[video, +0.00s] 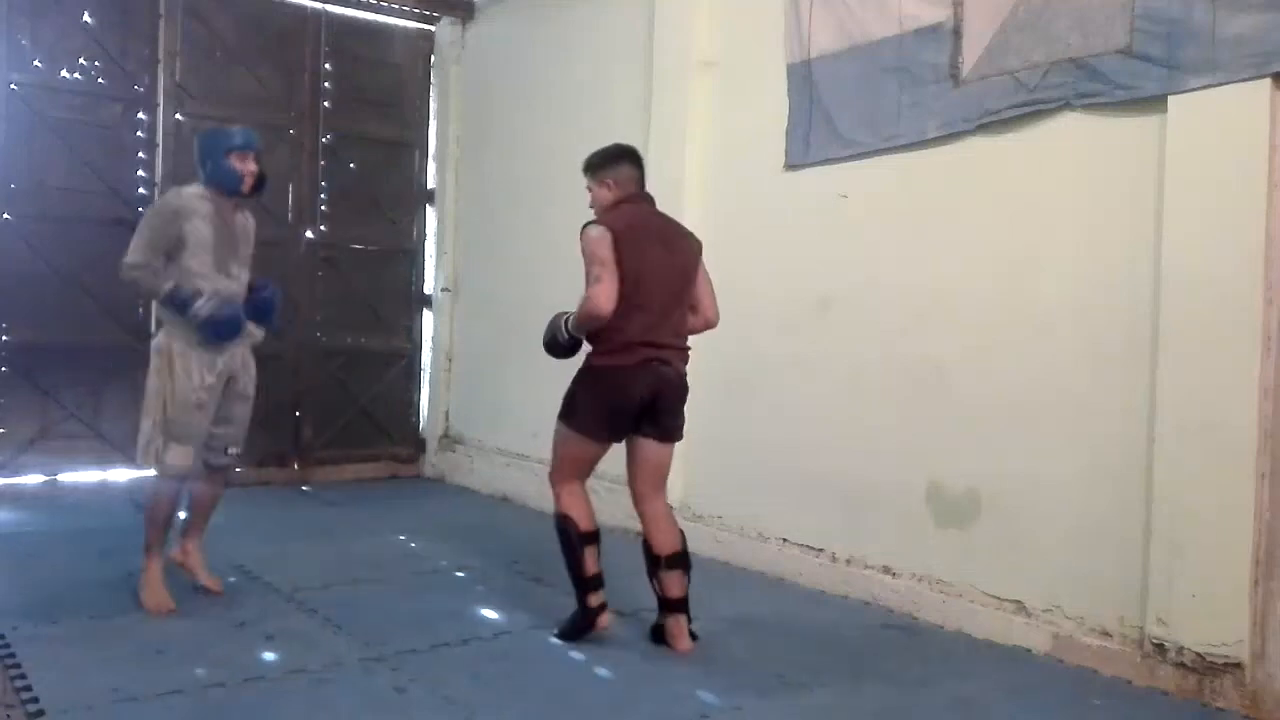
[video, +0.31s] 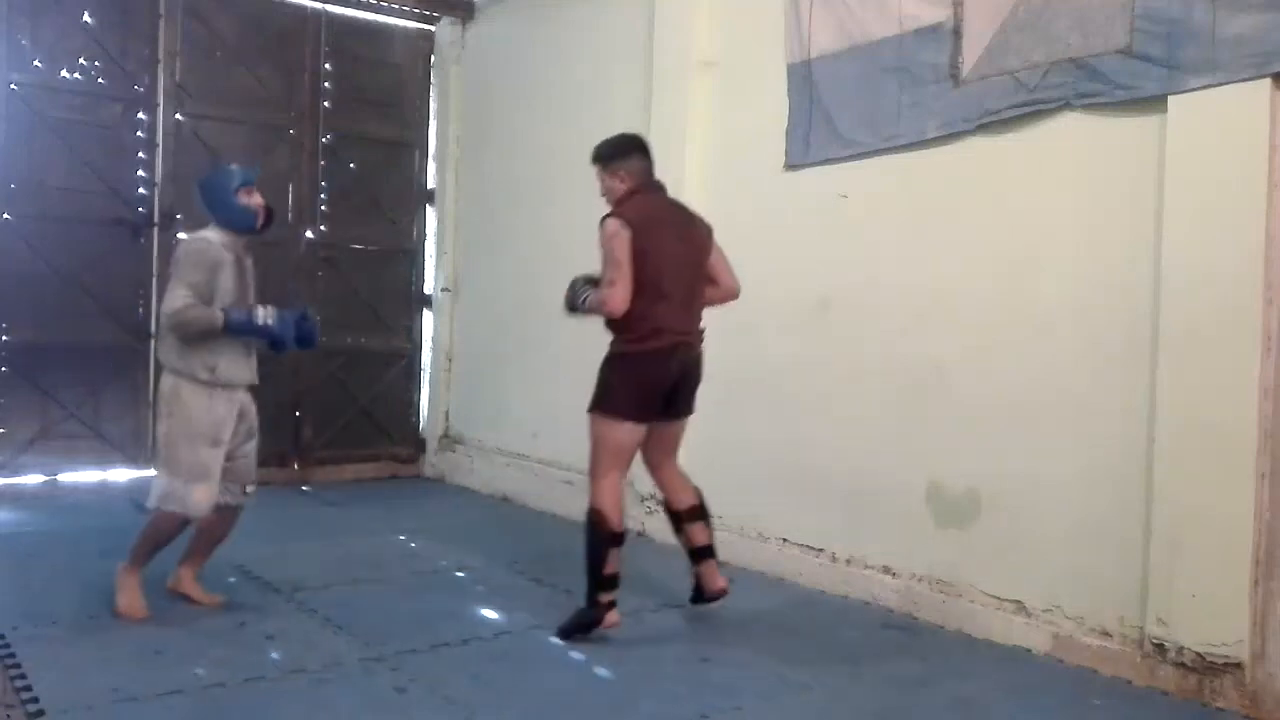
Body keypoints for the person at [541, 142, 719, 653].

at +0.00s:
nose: (590, 199)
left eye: (591, 191)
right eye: (588, 191)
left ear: (609, 187)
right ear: (639, 186)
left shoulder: (602, 230)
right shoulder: (684, 237)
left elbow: (601, 304)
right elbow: (706, 315)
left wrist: (569, 328)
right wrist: (653, 325)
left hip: (610, 379)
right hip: (667, 384)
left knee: (568, 479)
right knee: (652, 494)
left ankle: (592, 606)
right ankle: (677, 624)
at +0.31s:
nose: (600, 189)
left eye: (602, 180)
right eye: (599, 180)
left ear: (620, 176)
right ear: (643, 173)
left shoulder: (619, 222)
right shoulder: (688, 219)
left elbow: (616, 301)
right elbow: (725, 288)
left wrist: (583, 295)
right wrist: (672, 296)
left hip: (635, 363)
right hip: (684, 361)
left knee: (607, 474)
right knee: (664, 463)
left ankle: (602, 603)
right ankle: (709, 576)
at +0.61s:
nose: (647, 221)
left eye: (650, 210)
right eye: (646, 211)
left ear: (675, 206)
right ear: (688, 205)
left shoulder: (684, 248)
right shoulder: (722, 245)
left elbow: (645, 319)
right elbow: (697, 313)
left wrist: (629, 273)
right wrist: (650, 273)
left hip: (684, 384)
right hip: (724, 384)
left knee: (630, 479)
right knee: (703, 485)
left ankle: (636, 608)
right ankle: (750, 594)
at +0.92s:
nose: (675, 210)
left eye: (679, 201)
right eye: (673, 202)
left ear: (705, 197)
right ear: (712, 199)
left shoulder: (711, 238)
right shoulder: (740, 234)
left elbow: (667, 303)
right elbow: (705, 298)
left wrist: (656, 256)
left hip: (712, 377)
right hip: (745, 376)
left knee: (686, 479)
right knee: (731, 477)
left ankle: (719, 597)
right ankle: (770, 584)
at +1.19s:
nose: (676, 202)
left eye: (682, 192)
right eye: (675, 192)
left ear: (709, 190)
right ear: (711, 191)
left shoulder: (723, 234)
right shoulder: (723, 225)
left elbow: (760, 294)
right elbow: (734, 293)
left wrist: (698, 306)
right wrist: (687, 299)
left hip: (708, 364)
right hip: (739, 363)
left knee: (649, 454)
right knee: (738, 469)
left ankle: (670, 572)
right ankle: (768, 577)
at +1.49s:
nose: (663, 202)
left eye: (670, 193)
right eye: (663, 193)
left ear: (697, 193)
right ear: (702, 194)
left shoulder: (704, 238)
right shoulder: (722, 232)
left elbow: (713, 311)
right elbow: (712, 305)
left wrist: (652, 304)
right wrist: (658, 295)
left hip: (689, 369)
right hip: (720, 370)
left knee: (636, 465)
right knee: (728, 474)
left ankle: (656, 587)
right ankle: (767, 580)